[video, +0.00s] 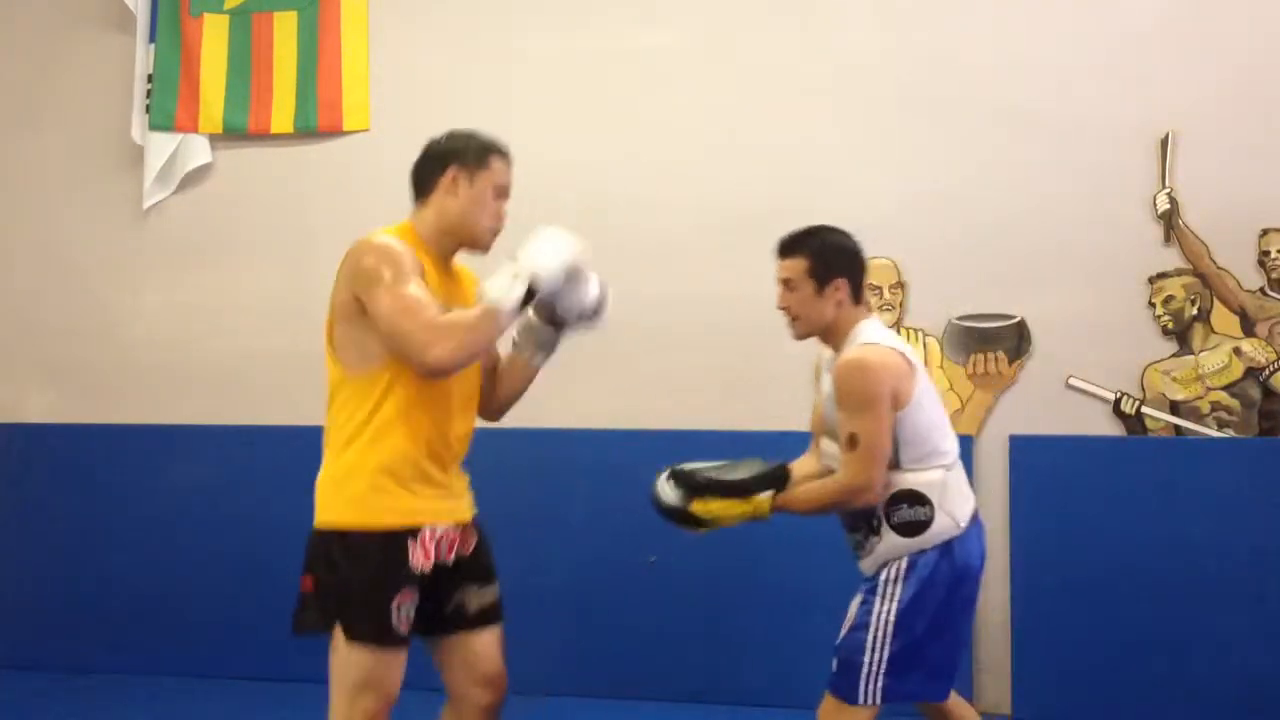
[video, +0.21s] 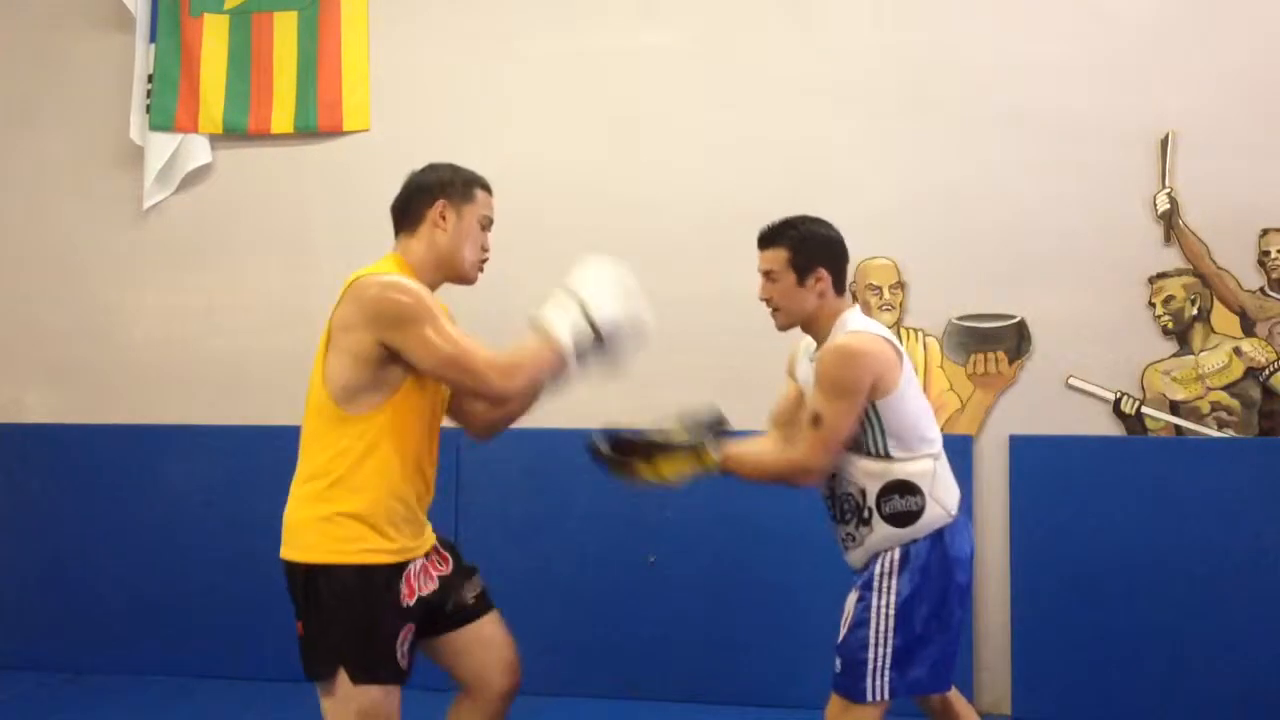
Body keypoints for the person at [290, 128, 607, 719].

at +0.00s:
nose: (503, 214)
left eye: (506, 199)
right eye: (497, 194)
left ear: (461, 189)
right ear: (450, 183)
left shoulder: (462, 284)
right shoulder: (377, 258)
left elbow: (489, 401)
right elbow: (434, 348)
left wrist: (544, 330)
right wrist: (517, 287)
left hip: (448, 512)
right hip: (371, 517)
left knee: (480, 690)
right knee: (365, 700)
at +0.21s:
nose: (488, 246)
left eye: (490, 230)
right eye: (483, 226)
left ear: (441, 221)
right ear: (441, 217)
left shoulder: (422, 306)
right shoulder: (384, 297)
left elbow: (482, 418)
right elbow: (500, 379)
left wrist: (562, 348)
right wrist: (569, 318)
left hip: (407, 542)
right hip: (345, 553)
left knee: (493, 676)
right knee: (364, 711)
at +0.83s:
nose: (517, 232)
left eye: (517, 217)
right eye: (508, 214)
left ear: (471, 215)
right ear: (465, 211)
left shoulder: (472, 317)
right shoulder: (400, 294)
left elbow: (453, 441)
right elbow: (410, 423)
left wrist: (534, 408)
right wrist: (525, 403)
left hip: (434, 528)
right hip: (365, 530)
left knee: (459, 697)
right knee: (359, 705)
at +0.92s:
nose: (513, 233)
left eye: (513, 218)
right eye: (504, 215)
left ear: (463, 216)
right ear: (460, 212)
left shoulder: (466, 316)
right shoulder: (389, 295)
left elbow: (443, 428)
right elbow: (374, 420)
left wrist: (516, 409)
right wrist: (482, 408)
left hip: (432, 534)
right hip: (361, 536)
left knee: (460, 698)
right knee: (352, 706)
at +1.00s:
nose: (504, 237)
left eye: (504, 221)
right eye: (494, 218)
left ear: (456, 219)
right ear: (451, 217)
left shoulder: (454, 316)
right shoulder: (377, 297)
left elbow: (431, 415)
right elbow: (354, 423)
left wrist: (501, 405)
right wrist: (470, 416)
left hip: (425, 537)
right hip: (352, 542)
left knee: (466, 696)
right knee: (346, 708)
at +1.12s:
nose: (491, 236)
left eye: (490, 220)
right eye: (481, 217)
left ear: (442, 217)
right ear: (439, 215)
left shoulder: (441, 315)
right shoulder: (363, 301)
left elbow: (424, 415)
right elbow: (364, 431)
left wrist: (488, 399)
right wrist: (464, 403)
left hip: (411, 538)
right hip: (341, 544)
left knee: (478, 686)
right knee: (333, 706)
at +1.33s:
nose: (494, 231)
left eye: (495, 215)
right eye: (487, 211)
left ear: (448, 211)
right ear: (442, 206)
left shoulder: (449, 306)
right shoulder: (370, 286)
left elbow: (455, 418)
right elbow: (409, 408)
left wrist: (517, 370)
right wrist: (497, 361)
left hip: (426, 532)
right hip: (354, 537)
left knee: (468, 692)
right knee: (340, 705)